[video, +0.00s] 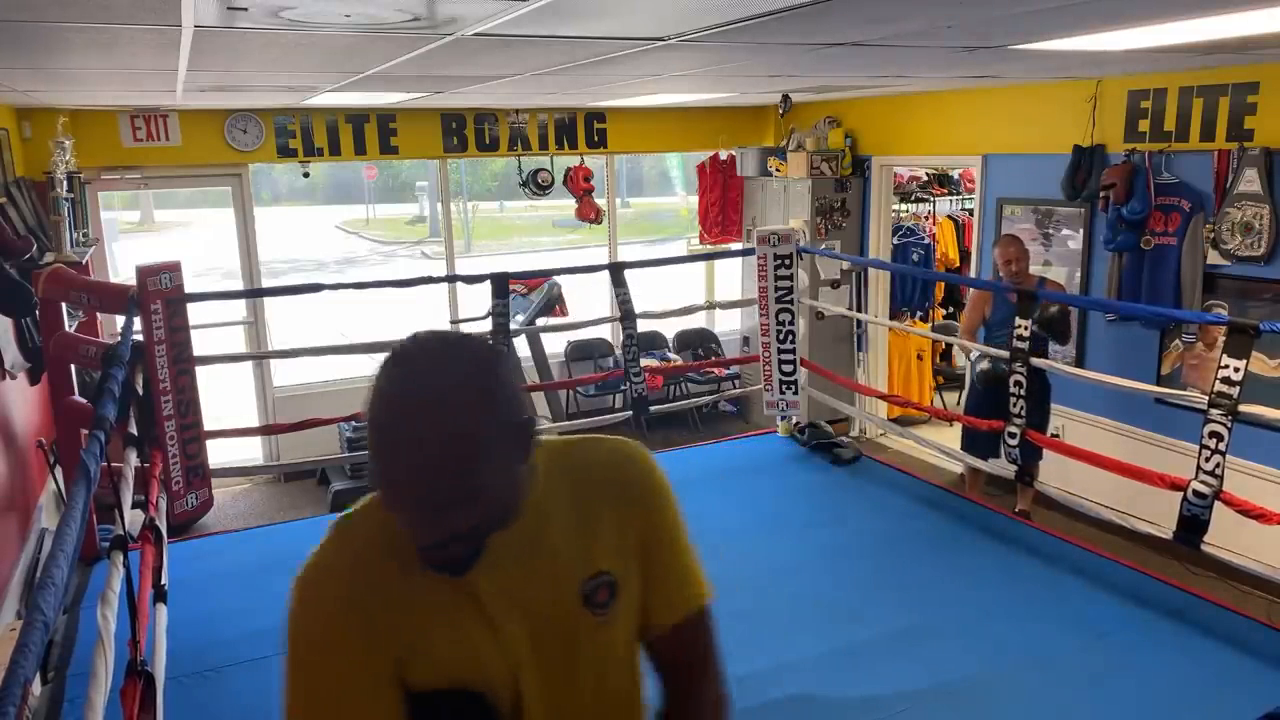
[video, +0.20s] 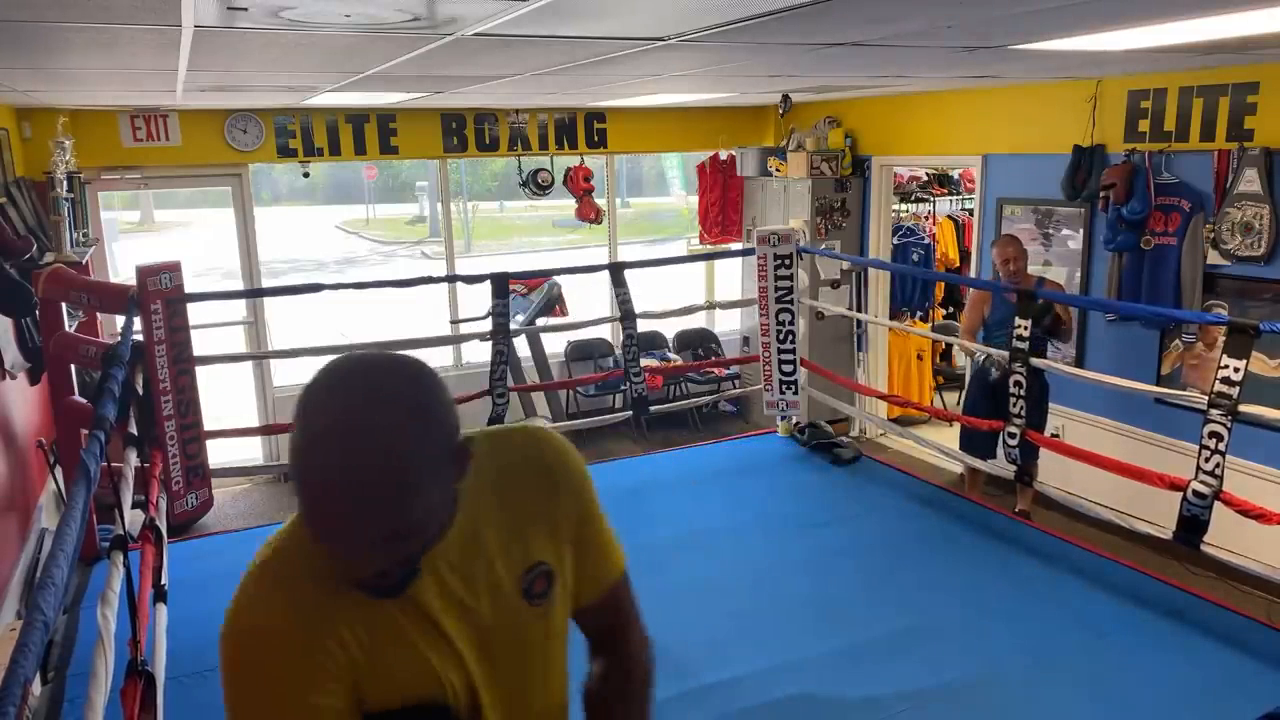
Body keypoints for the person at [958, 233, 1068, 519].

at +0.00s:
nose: (1012, 268)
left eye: (1017, 261)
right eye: (1005, 263)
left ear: (1028, 257)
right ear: (996, 264)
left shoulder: (1052, 290)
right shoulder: (985, 292)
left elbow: (1064, 339)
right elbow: (965, 336)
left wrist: (1056, 321)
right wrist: (979, 358)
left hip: (1032, 379)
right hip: (990, 376)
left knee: (1029, 449)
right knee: (977, 445)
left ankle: (1023, 515)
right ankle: (972, 506)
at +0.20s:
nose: (1010, 267)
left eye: (1014, 260)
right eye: (1003, 262)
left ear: (1025, 257)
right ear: (995, 264)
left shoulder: (1050, 290)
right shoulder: (984, 292)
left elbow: (1066, 336)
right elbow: (965, 337)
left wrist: (1051, 318)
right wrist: (985, 358)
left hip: (1030, 382)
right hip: (989, 379)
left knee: (1027, 451)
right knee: (975, 447)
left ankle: (1023, 515)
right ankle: (970, 507)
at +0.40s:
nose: (1007, 271)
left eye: (1011, 263)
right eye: (1000, 266)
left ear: (1023, 258)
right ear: (992, 265)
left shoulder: (1048, 289)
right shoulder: (982, 292)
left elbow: (1064, 334)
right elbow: (967, 337)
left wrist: (1041, 314)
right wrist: (985, 352)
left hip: (1029, 382)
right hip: (987, 379)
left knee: (1027, 450)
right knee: (975, 446)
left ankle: (1022, 513)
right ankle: (970, 505)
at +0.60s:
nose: (1003, 273)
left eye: (1008, 264)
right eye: (996, 268)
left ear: (1020, 258)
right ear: (988, 266)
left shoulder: (1045, 289)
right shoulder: (979, 292)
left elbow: (1063, 332)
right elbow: (966, 337)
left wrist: (1035, 316)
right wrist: (985, 352)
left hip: (1027, 382)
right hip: (987, 379)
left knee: (1027, 451)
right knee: (974, 447)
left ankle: (1022, 514)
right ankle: (970, 506)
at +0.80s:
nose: (999, 274)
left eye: (1004, 266)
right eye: (993, 269)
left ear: (1016, 258)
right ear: (985, 266)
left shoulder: (1043, 288)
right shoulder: (977, 292)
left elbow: (1063, 330)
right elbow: (965, 335)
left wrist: (1033, 322)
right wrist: (984, 350)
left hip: (1027, 381)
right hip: (986, 378)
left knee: (1026, 451)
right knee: (974, 447)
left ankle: (1022, 514)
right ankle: (970, 507)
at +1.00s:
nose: (998, 275)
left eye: (1002, 267)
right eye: (991, 270)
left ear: (1014, 260)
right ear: (984, 267)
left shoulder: (1041, 287)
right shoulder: (976, 291)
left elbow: (1061, 329)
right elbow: (963, 334)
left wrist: (1025, 326)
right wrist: (984, 348)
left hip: (1026, 380)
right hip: (984, 377)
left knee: (1026, 449)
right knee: (974, 446)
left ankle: (1023, 514)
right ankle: (970, 507)